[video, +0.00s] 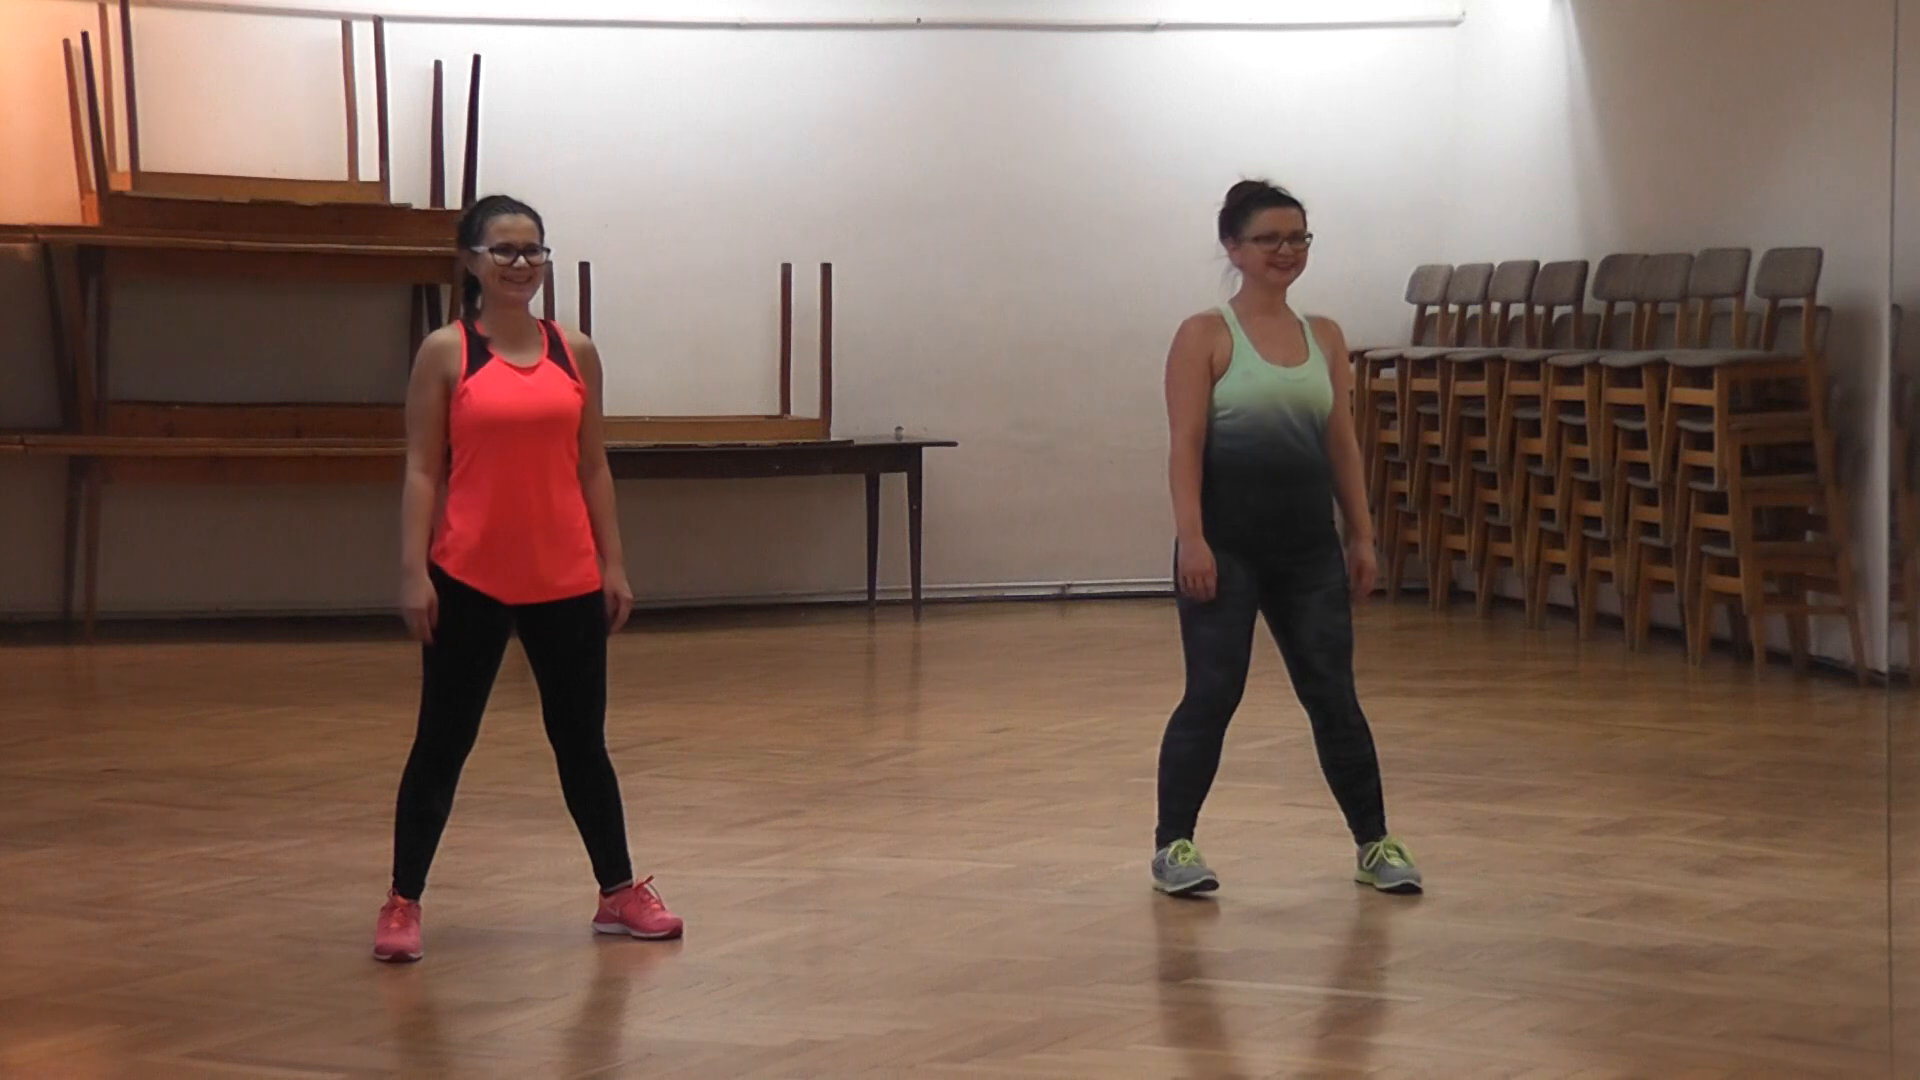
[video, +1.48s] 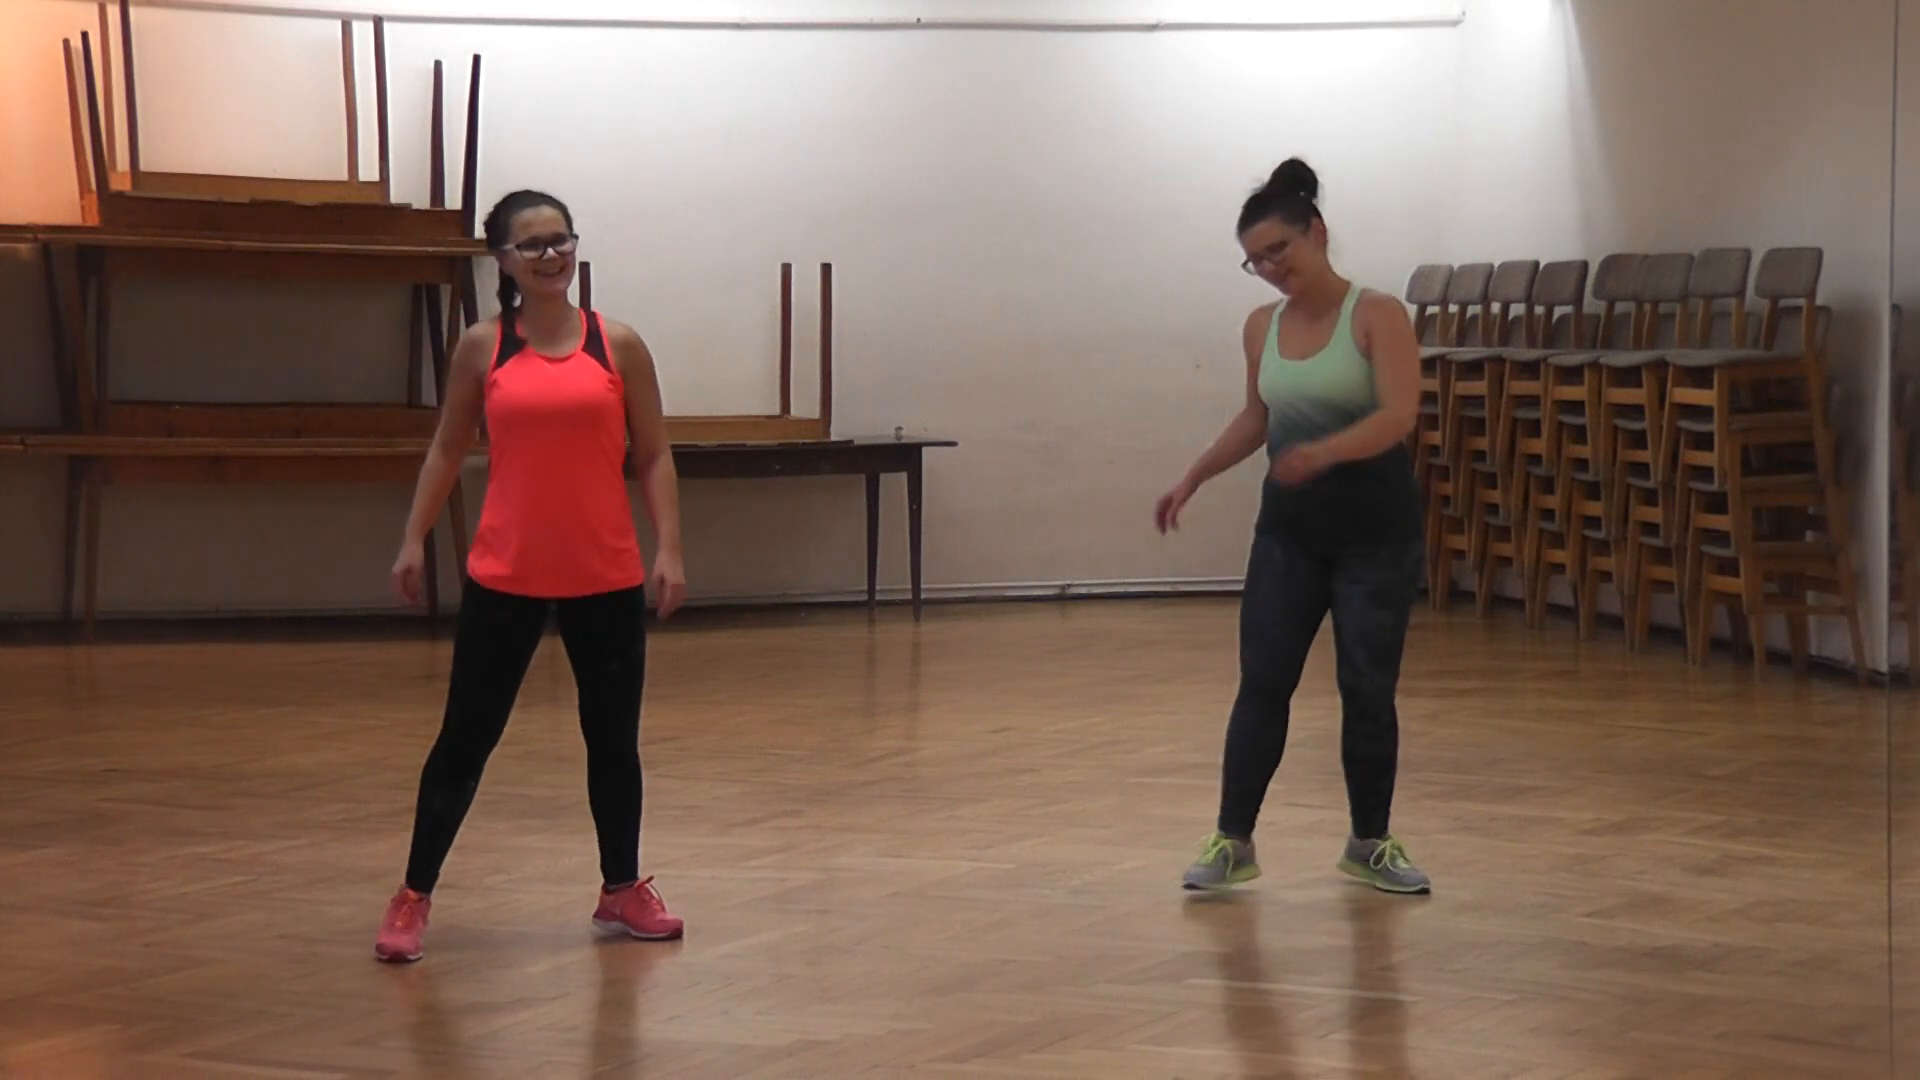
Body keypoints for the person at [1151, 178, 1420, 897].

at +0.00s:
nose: (1288, 251)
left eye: (1298, 239)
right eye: (1270, 240)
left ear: (1308, 244)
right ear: (1234, 247)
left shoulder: (1325, 336)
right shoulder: (1203, 336)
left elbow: (1342, 445)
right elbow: (1186, 445)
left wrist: (1362, 535)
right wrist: (1190, 537)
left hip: (1309, 547)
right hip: (1224, 550)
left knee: (1334, 696)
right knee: (1211, 697)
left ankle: (1374, 844)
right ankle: (1174, 845)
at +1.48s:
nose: (1270, 269)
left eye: (1278, 250)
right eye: (1256, 260)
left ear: (1318, 231)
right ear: (1251, 262)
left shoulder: (1381, 317)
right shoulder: (1263, 327)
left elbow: (1400, 416)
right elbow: (1257, 417)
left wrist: (1322, 451)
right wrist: (1193, 476)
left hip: (1375, 530)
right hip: (1288, 529)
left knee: (1368, 691)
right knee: (1262, 684)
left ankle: (1369, 842)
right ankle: (1233, 840)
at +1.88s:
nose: (1211, 280)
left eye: (1223, 265)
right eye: (1200, 268)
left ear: (1263, 254)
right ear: (1191, 264)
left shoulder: (1309, 338)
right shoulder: (1196, 340)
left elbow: (1344, 447)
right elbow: (1187, 437)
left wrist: (1334, 540)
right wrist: (1137, 481)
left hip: (1305, 552)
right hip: (1229, 553)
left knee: (1296, 690)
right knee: (1239, 700)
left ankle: (1372, 814)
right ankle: (1291, 845)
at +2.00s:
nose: (1184, 273)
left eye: (1196, 257)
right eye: (1172, 261)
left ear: (1235, 245)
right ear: (1164, 257)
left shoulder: (1285, 329)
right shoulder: (1166, 328)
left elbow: (1347, 421)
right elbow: (1133, 425)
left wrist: (1391, 508)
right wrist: (1087, 422)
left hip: (1281, 526)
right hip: (1204, 532)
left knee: (1237, 662)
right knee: (1237, 679)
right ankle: (1288, 842)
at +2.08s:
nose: (1167, 279)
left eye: (1180, 263)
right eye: (1154, 265)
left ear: (1218, 249)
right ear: (1143, 259)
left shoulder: (1269, 333)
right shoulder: (1143, 333)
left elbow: (1342, 414)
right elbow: (1097, 416)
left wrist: (1403, 494)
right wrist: (1067, 398)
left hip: (1259, 535)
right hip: (1187, 542)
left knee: (1211, 671)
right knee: (1248, 690)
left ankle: (1165, 846)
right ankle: (1293, 841)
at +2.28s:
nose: (1135, 274)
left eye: (1150, 259)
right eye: (1121, 262)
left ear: (1175, 261)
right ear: (1101, 268)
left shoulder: (1212, 350)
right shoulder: (1087, 353)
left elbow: (1275, 444)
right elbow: (1053, 444)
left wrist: (1341, 519)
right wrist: (1018, 442)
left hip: (1189, 549)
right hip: (1114, 554)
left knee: (1128, 693)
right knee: (1163, 703)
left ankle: (1110, 866)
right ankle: (1265, 822)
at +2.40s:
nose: (1113, 265)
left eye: (1127, 252)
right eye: (1098, 253)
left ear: (1145, 259)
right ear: (1073, 261)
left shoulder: (1175, 349)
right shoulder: (1051, 353)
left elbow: (1214, 454)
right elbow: (1011, 443)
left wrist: (1251, 551)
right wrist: (978, 518)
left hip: (1152, 551)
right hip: (1073, 553)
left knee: (1101, 697)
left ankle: (1107, 869)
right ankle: (1159, 793)